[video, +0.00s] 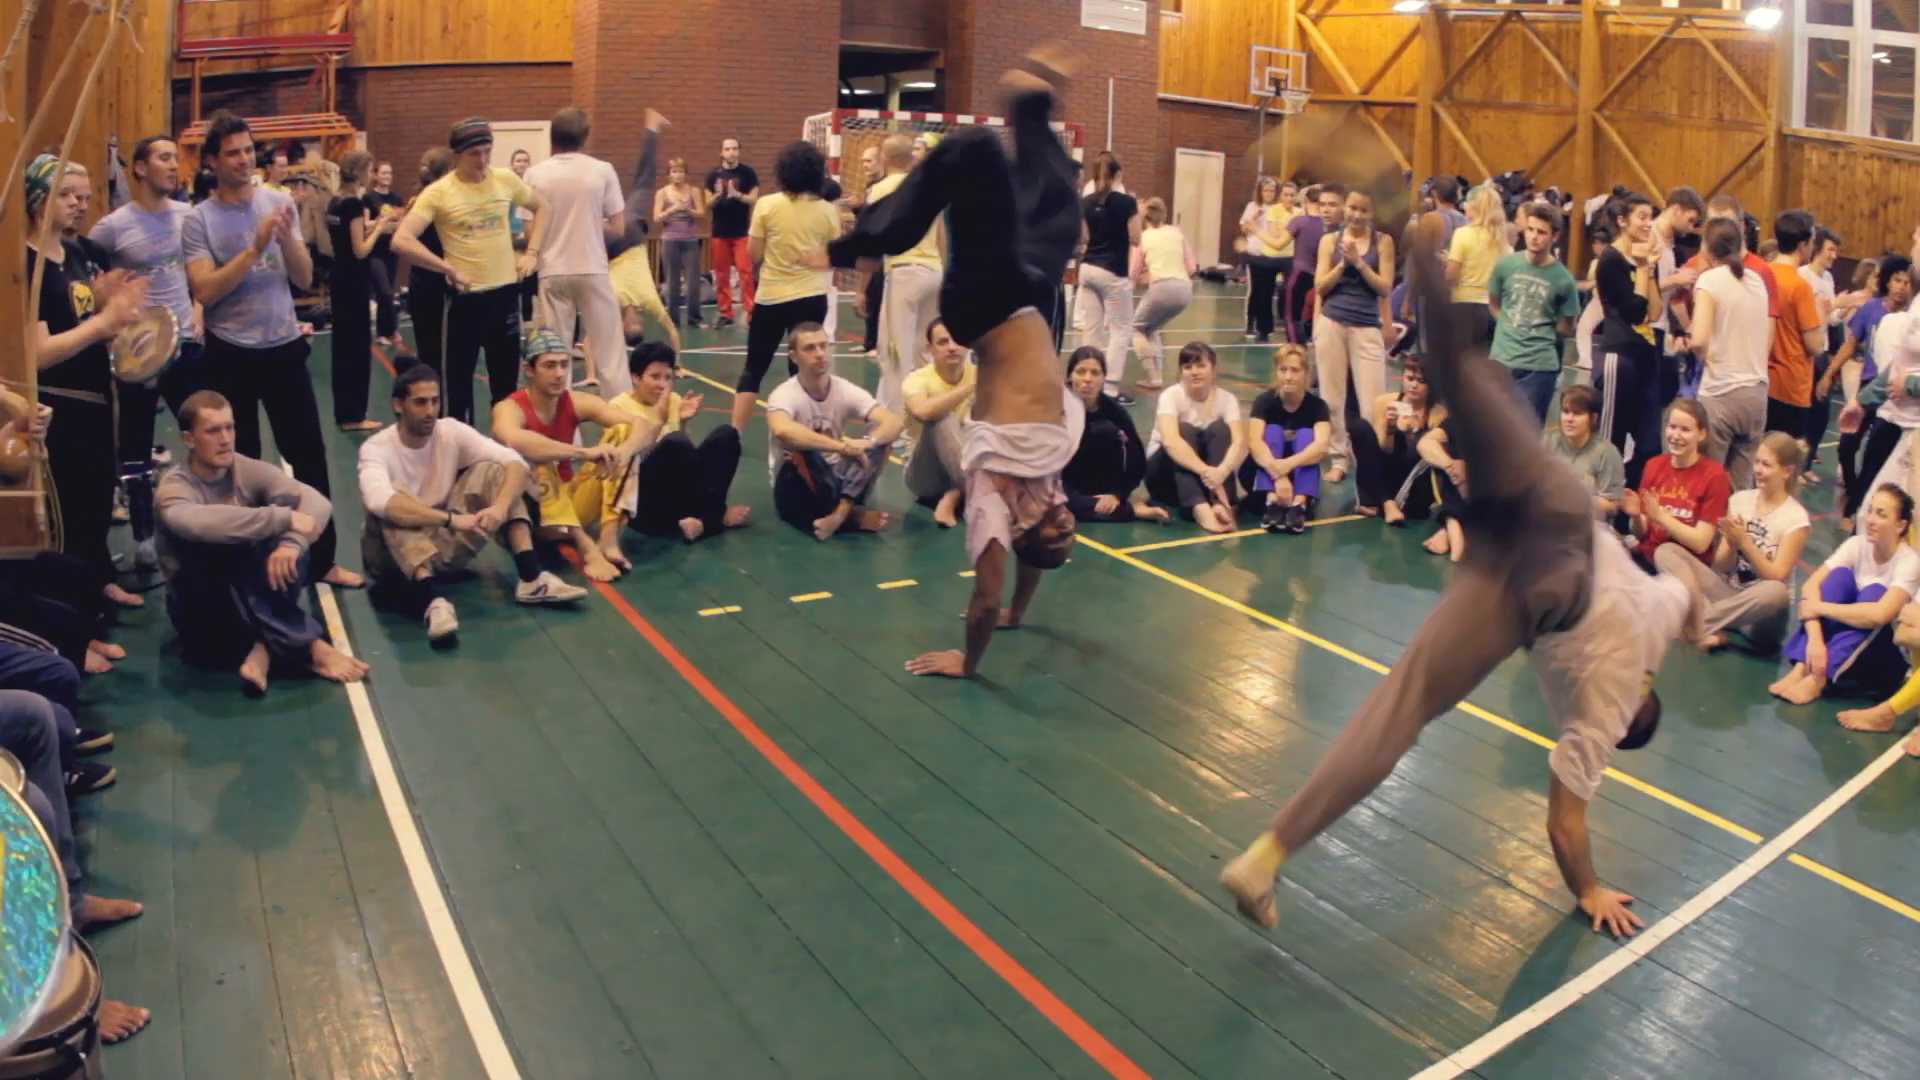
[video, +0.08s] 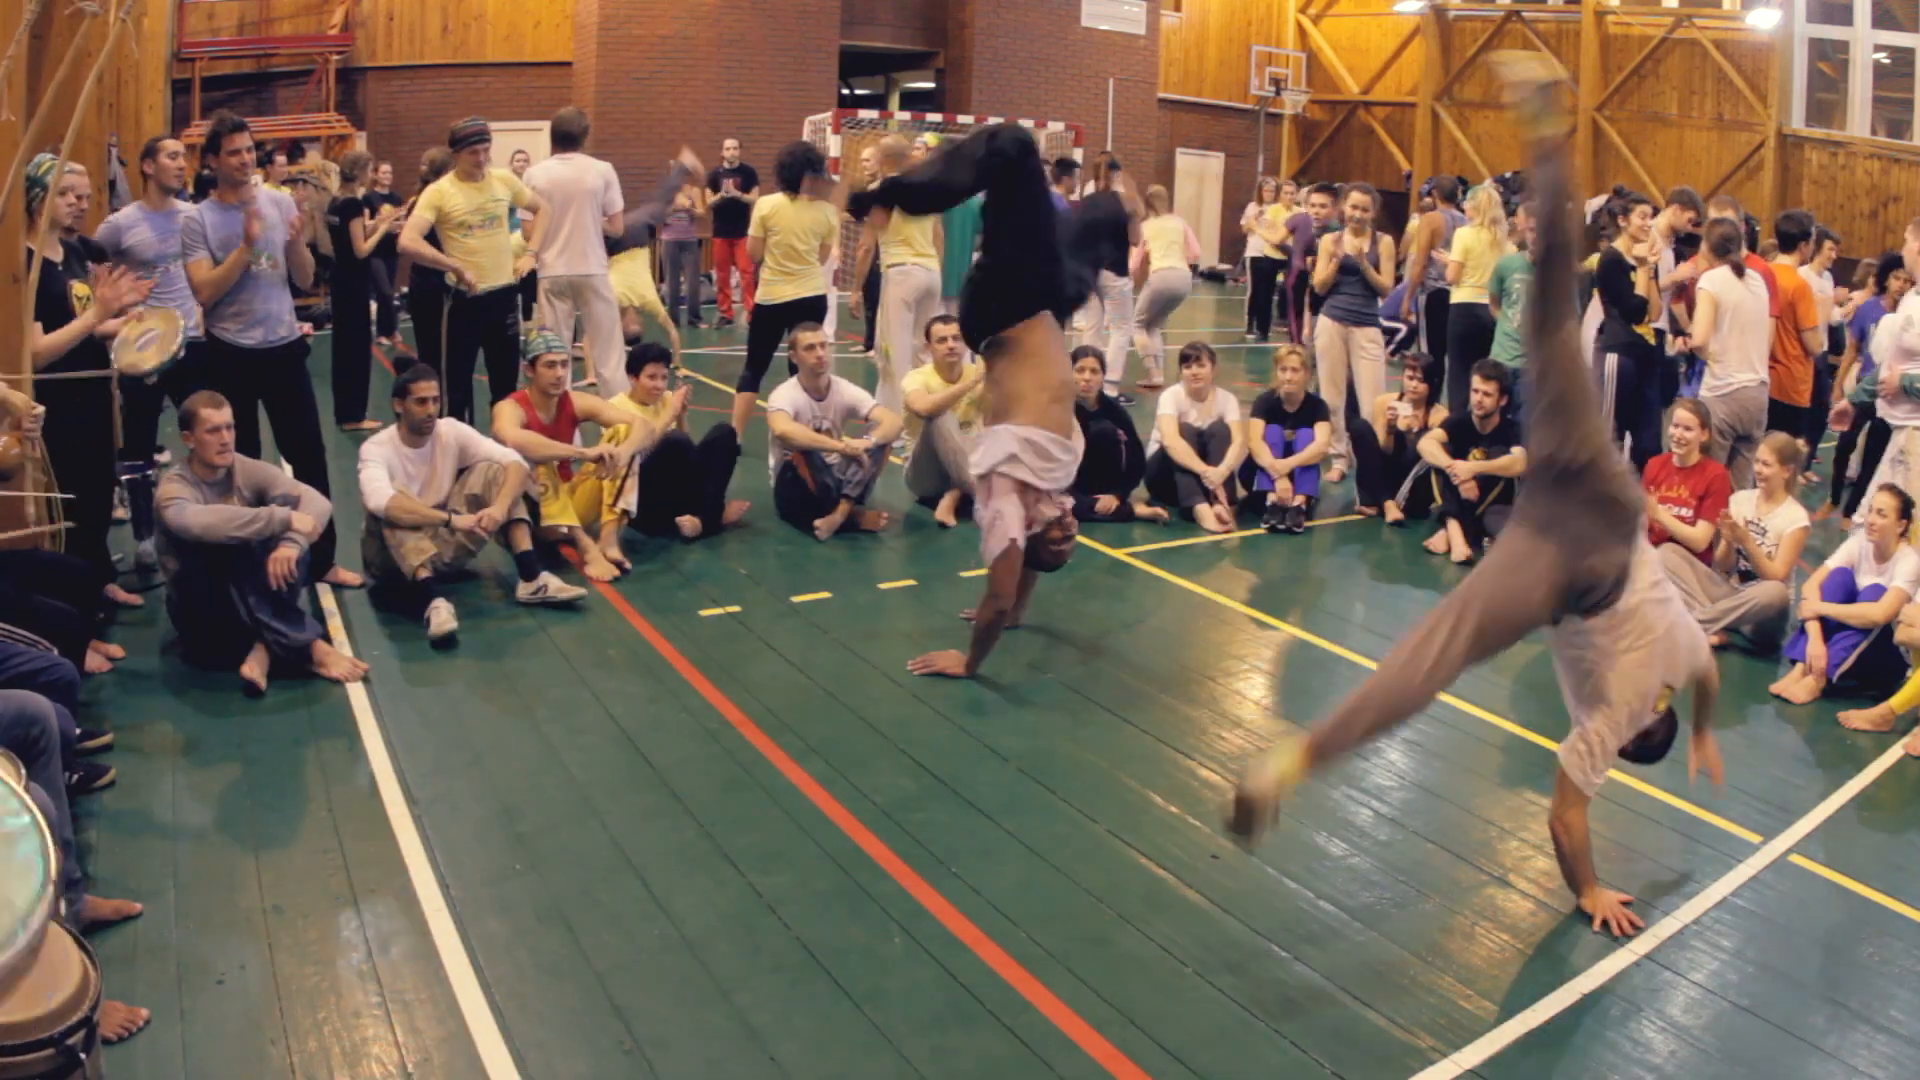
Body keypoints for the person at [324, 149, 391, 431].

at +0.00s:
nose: (372, 176)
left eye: (372, 171)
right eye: (370, 171)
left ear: (346, 172)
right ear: (361, 174)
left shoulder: (335, 203)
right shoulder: (354, 205)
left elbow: (342, 244)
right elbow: (360, 249)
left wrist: (368, 226)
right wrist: (379, 229)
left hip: (340, 278)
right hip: (356, 280)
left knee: (345, 342)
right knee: (357, 344)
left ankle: (346, 412)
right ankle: (352, 415)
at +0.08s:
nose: (374, 177)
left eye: (374, 171)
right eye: (371, 172)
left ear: (348, 172)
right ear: (360, 174)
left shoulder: (336, 203)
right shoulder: (353, 205)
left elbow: (352, 241)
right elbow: (360, 248)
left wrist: (376, 225)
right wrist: (383, 227)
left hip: (342, 278)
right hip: (354, 281)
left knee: (347, 342)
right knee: (357, 343)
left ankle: (347, 412)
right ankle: (352, 415)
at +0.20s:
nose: (372, 176)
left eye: (372, 171)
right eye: (369, 171)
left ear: (347, 172)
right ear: (358, 173)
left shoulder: (335, 203)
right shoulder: (353, 205)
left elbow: (348, 243)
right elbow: (361, 248)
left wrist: (372, 226)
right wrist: (379, 226)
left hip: (342, 278)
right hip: (356, 281)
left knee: (347, 342)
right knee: (358, 344)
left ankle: (347, 412)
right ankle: (352, 415)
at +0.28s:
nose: (373, 177)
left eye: (373, 171)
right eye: (370, 171)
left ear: (347, 172)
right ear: (358, 173)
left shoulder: (335, 204)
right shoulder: (352, 206)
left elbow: (348, 244)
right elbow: (360, 248)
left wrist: (372, 224)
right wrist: (378, 225)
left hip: (343, 278)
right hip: (356, 280)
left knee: (348, 342)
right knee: (358, 343)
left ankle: (347, 412)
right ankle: (353, 415)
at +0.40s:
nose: (371, 177)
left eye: (371, 171)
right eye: (369, 171)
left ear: (345, 173)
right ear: (356, 173)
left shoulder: (335, 204)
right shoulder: (350, 205)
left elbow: (350, 243)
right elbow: (359, 249)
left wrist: (375, 226)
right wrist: (382, 229)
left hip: (344, 278)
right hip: (356, 281)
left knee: (349, 342)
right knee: (358, 343)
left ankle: (347, 412)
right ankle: (352, 415)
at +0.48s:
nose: (371, 177)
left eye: (370, 171)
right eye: (368, 171)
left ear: (345, 173)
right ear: (356, 174)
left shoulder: (336, 204)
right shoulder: (350, 205)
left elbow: (351, 241)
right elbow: (357, 249)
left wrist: (374, 227)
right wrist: (383, 233)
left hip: (345, 277)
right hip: (355, 280)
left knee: (349, 341)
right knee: (358, 343)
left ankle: (346, 411)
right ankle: (352, 415)